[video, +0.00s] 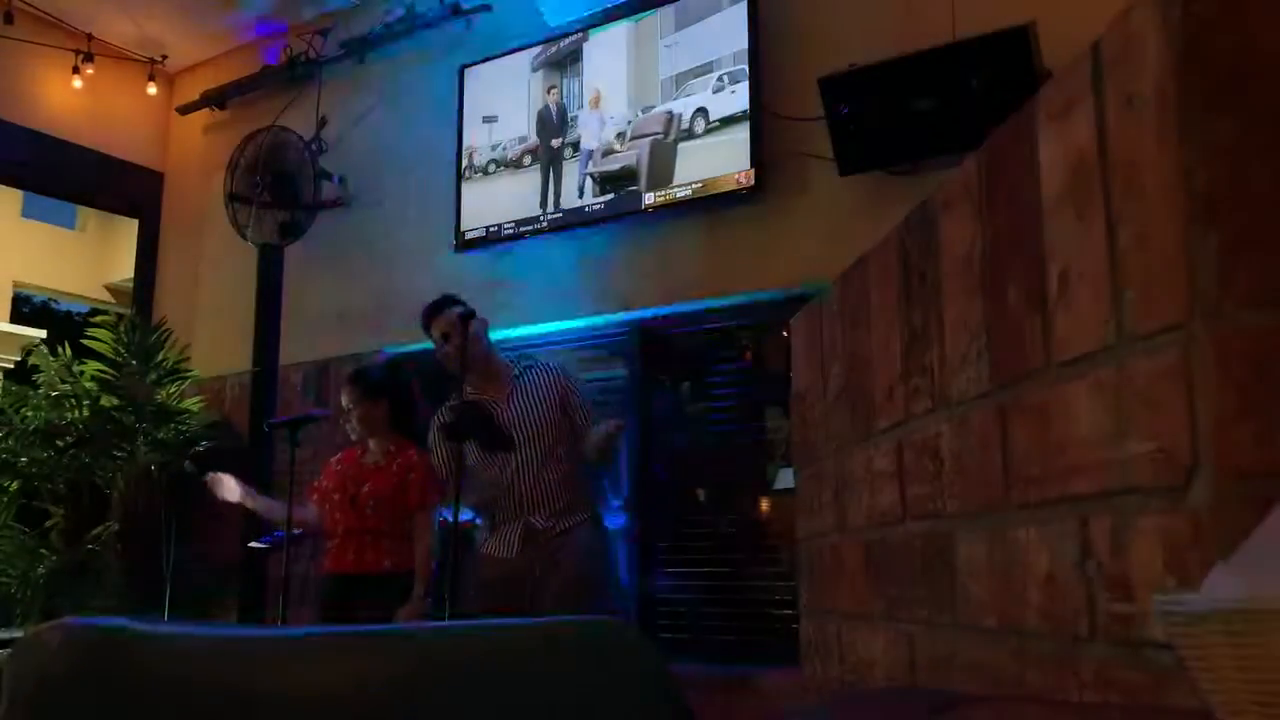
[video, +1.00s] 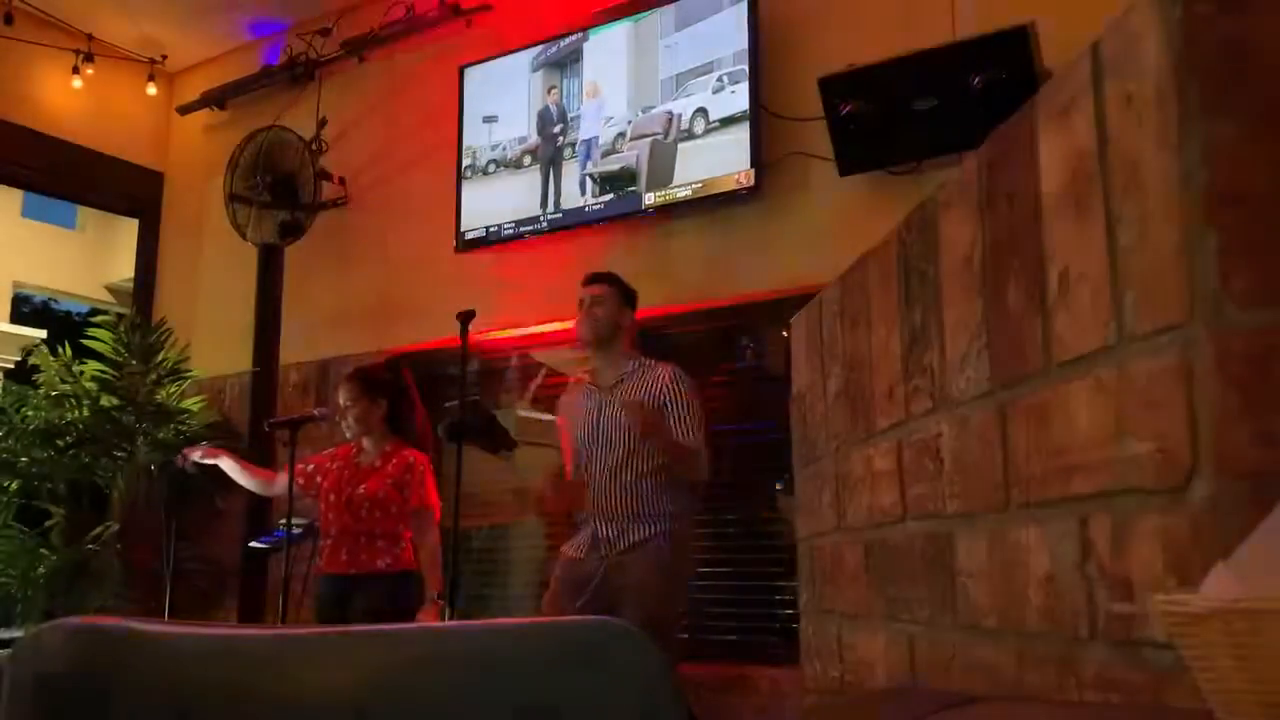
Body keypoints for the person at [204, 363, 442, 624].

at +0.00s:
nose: (345, 418)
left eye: (352, 409)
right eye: (343, 410)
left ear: (380, 406)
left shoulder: (414, 463)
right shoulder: (341, 464)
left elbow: (424, 534)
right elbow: (312, 517)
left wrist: (419, 598)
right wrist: (246, 496)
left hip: (390, 582)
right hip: (339, 582)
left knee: (389, 680)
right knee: (337, 680)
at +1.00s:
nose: (341, 415)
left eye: (349, 405)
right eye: (339, 407)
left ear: (379, 407)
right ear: (338, 409)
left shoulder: (411, 464)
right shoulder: (332, 461)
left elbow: (426, 535)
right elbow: (270, 484)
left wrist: (433, 599)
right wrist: (221, 458)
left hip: (389, 583)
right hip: (335, 584)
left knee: (385, 682)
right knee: (332, 680)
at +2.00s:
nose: (351, 413)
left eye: (361, 405)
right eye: (350, 405)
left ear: (391, 407)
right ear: (348, 406)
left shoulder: (415, 464)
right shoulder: (335, 461)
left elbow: (429, 537)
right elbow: (274, 495)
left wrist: (431, 602)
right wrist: (222, 463)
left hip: (386, 584)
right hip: (330, 583)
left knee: (376, 679)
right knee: (322, 675)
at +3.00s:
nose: (352, 414)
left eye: (361, 405)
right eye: (352, 406)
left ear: (391, 406)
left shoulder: (415, 463)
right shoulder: (349, 459)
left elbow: (421, 541)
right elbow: (308, 513)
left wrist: (409, 604)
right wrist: (246, 491)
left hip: (384, 586)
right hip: (335, 583)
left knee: (374, 680)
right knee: (324, 676)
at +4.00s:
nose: (349, 419)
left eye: (358, 410)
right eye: (348, 412)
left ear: (388, 408)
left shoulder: (417, 464)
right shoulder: (340, 464)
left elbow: (428, 536)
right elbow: (302, 517)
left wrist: (427, 601)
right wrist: (246, 491)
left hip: (389, 582)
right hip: (335, 582)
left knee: (383, 680)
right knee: (333, 679)